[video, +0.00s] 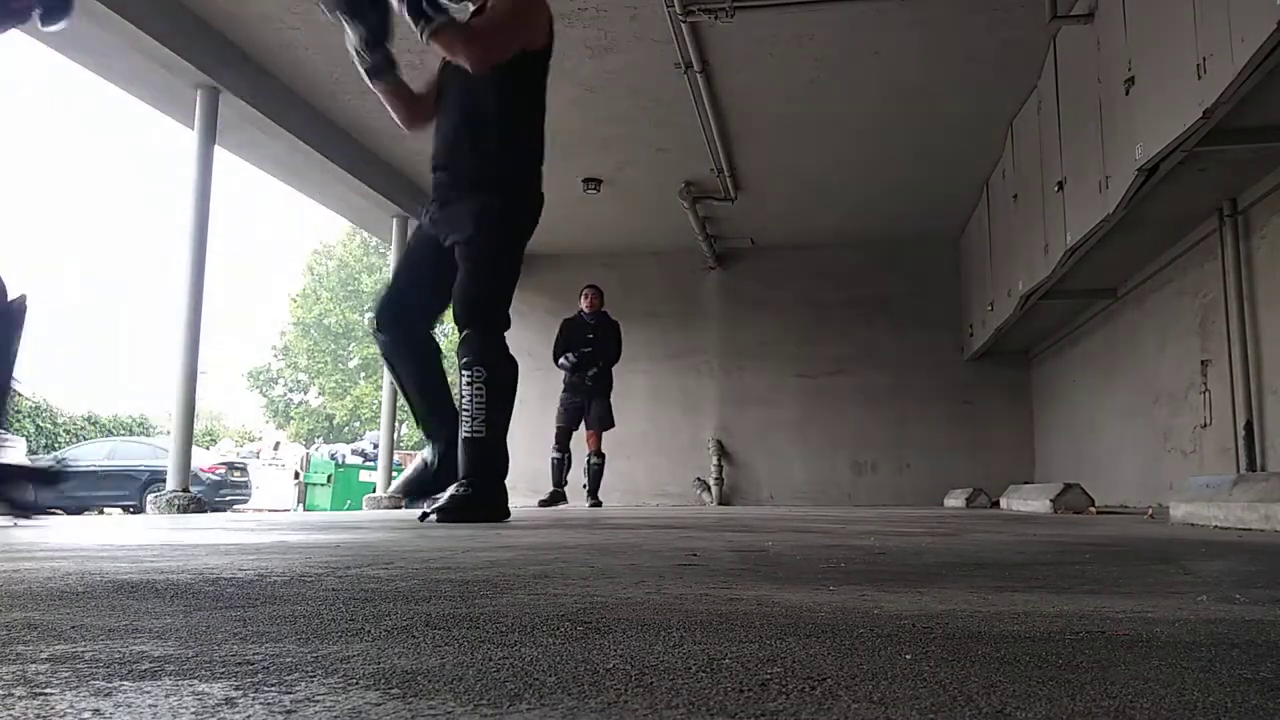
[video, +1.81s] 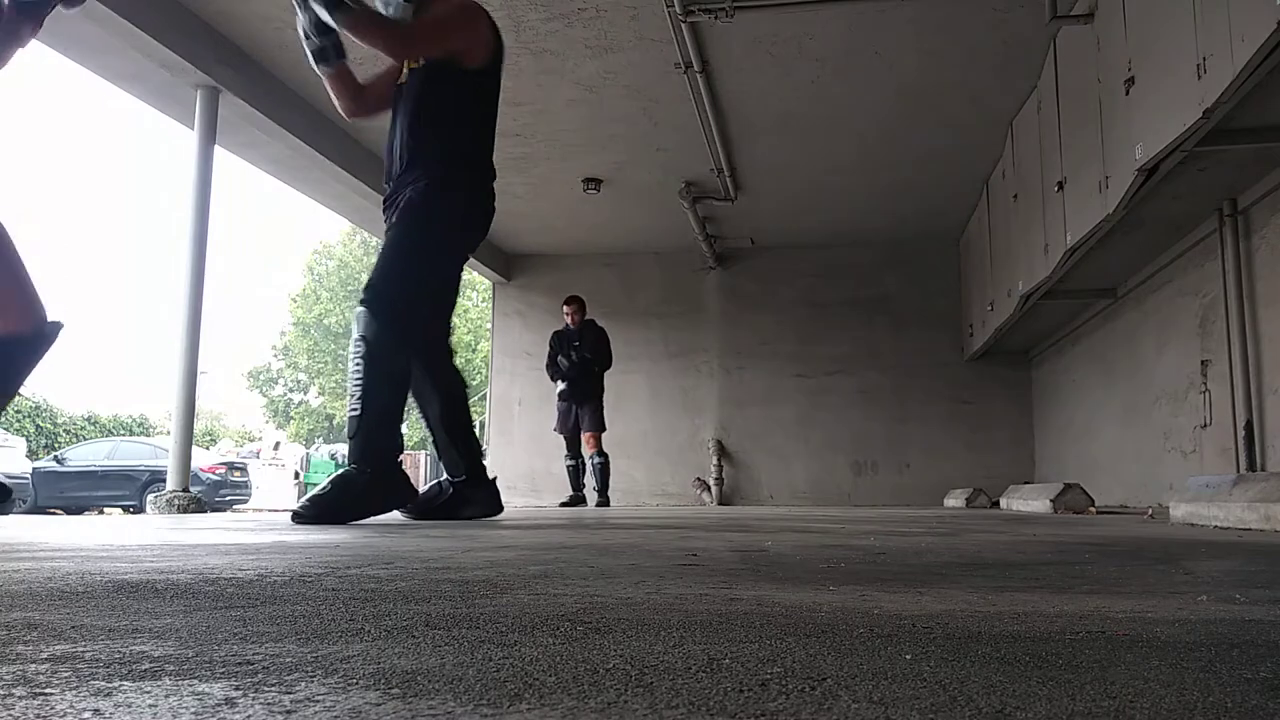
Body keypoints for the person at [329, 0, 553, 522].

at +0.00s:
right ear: (474, 4)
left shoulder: (526, 8)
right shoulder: (464, 41)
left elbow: (474, 52)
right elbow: (413, 113)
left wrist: (417, 10)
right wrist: (372, 53)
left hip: (500, 199)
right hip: (448, 206)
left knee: (478, 323)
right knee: (397, 319)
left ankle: (485, 488)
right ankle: (448, 448)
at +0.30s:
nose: (425, 12)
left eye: (426, 8)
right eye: (424, 13)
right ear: (439, 12)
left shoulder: (483, 20)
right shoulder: (460, 51)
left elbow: (478, 87)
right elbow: (439, 151)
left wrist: (406, 58)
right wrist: (392, 108)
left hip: (459, 206)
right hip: (455, 209)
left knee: (396, 312)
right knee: (448, 341)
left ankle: (461, 456)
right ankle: (453, 486)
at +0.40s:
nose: (419, 10)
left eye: (422, 5)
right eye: (419, 9)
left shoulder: (479, 20)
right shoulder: (450, 47)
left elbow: (452, 75)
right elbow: (423, 145)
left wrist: (394, 31)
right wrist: (383, 87)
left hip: (457, 197)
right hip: (461, 206)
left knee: (359, 274)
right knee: (446, 347)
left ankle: (421, 421)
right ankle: (456, 483)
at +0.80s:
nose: (414, 11)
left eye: (421, 2)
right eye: (412, 6)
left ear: (449, 1)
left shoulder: (471, 35)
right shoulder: (441, 61)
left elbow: (427, 81)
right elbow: (401, 152)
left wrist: (371, 32)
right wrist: (373, 85)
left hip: (416, 209)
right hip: (442, 221)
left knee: (340, 310)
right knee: (422, 349)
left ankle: (346, 462)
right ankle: (454, 482)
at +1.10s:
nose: (370, 20)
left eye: (372, 13)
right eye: (370, 17)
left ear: (394, 5)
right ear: (404, 9)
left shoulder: (434, 23)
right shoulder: (403, 55)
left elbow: (399, 74)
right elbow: (369, 123)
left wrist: (322, 30)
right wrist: (346, 54)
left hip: (403, 202)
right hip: (438, 213)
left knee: (315, 301)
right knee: (424, 349)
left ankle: (317, 446)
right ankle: (455, 483)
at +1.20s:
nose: (360, 27)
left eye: (364, 17)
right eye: (365, 22)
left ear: (386, 6)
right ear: (409, 11)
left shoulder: (412, 19)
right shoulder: (429, 59)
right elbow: (358, 113)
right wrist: (332, 50)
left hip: (405, 206)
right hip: (442, 214)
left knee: (335, 321)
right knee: (408, 347)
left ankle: (335, 471)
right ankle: (454, 480)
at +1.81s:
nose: (393, 11)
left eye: (398, 7)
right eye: (394, 10)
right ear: (412, 11)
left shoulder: (465, 18)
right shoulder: (418, 53)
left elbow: (397, 40)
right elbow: (355, 103)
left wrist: (330, 3)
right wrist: (326, 52)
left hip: (445, 197)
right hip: (415, 203)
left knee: (380, 315)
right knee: (424, 341)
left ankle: (375, 471)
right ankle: (467, 479)